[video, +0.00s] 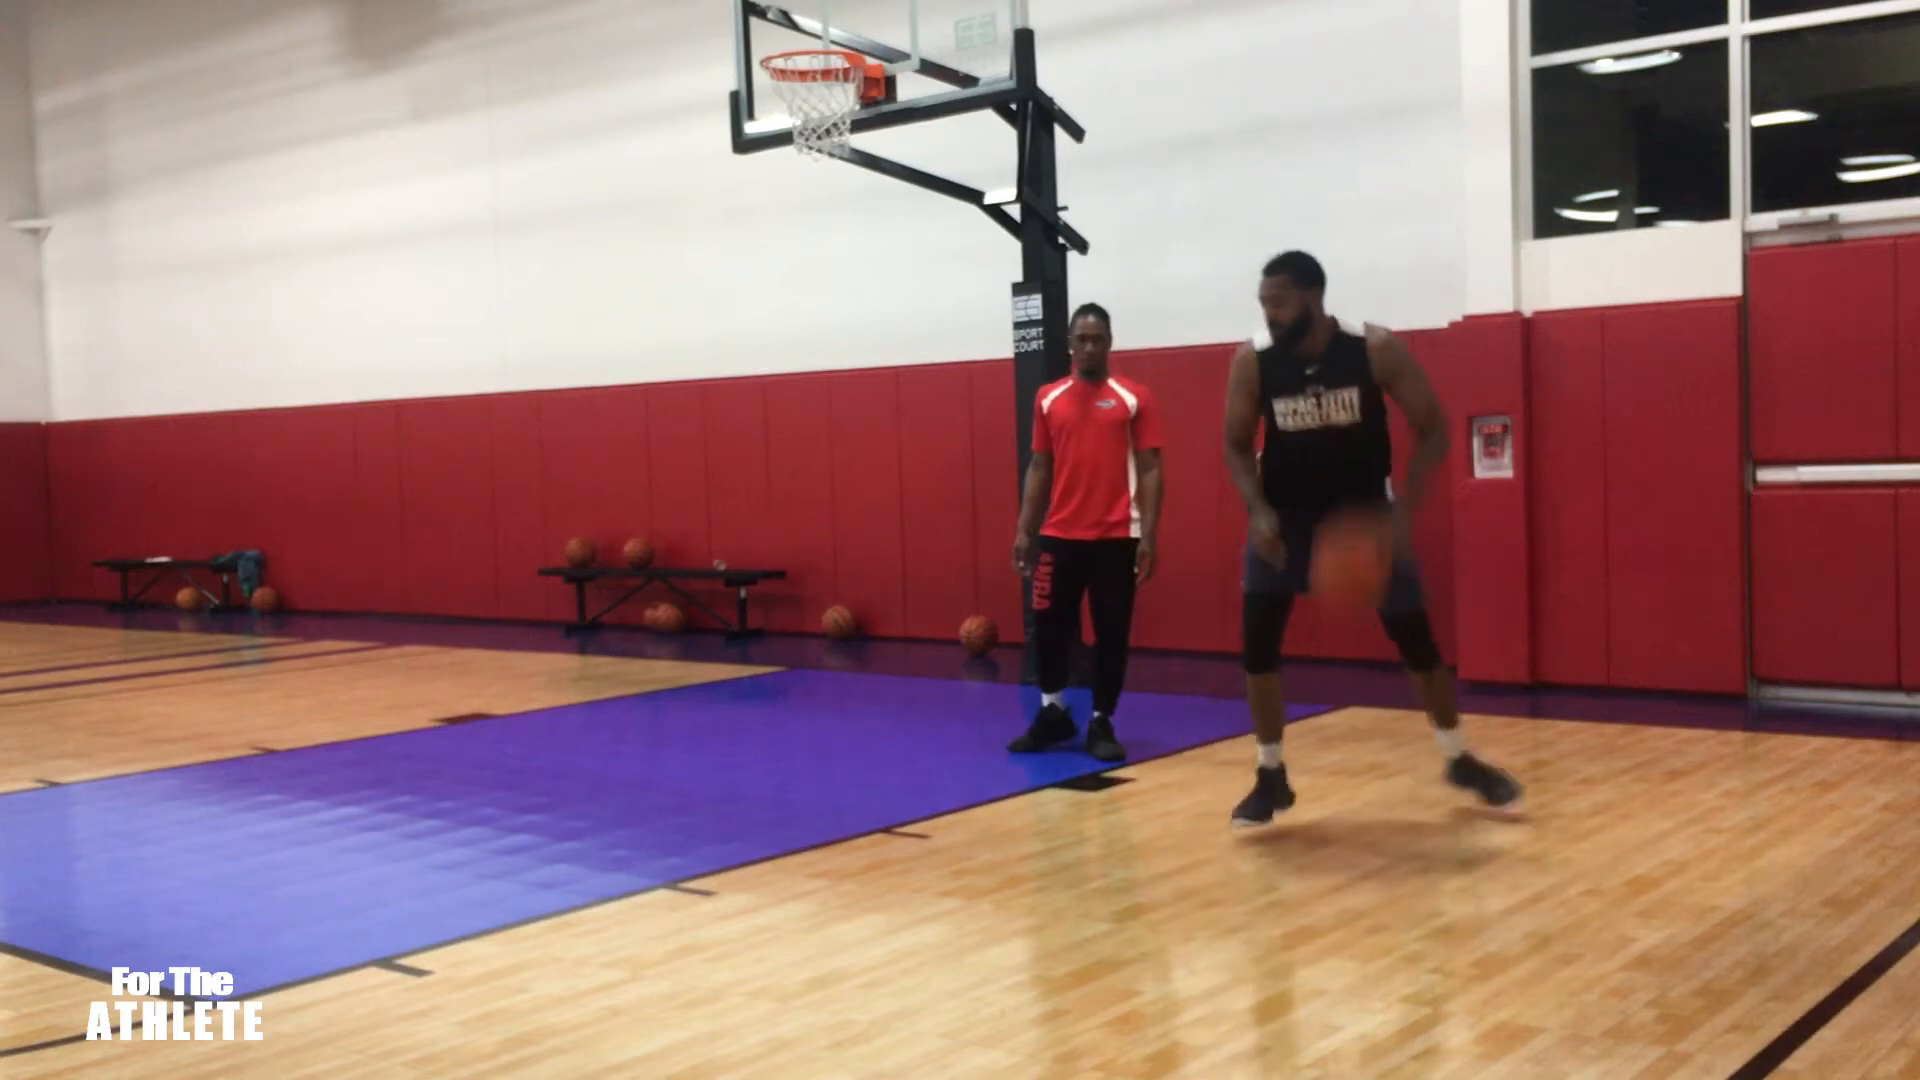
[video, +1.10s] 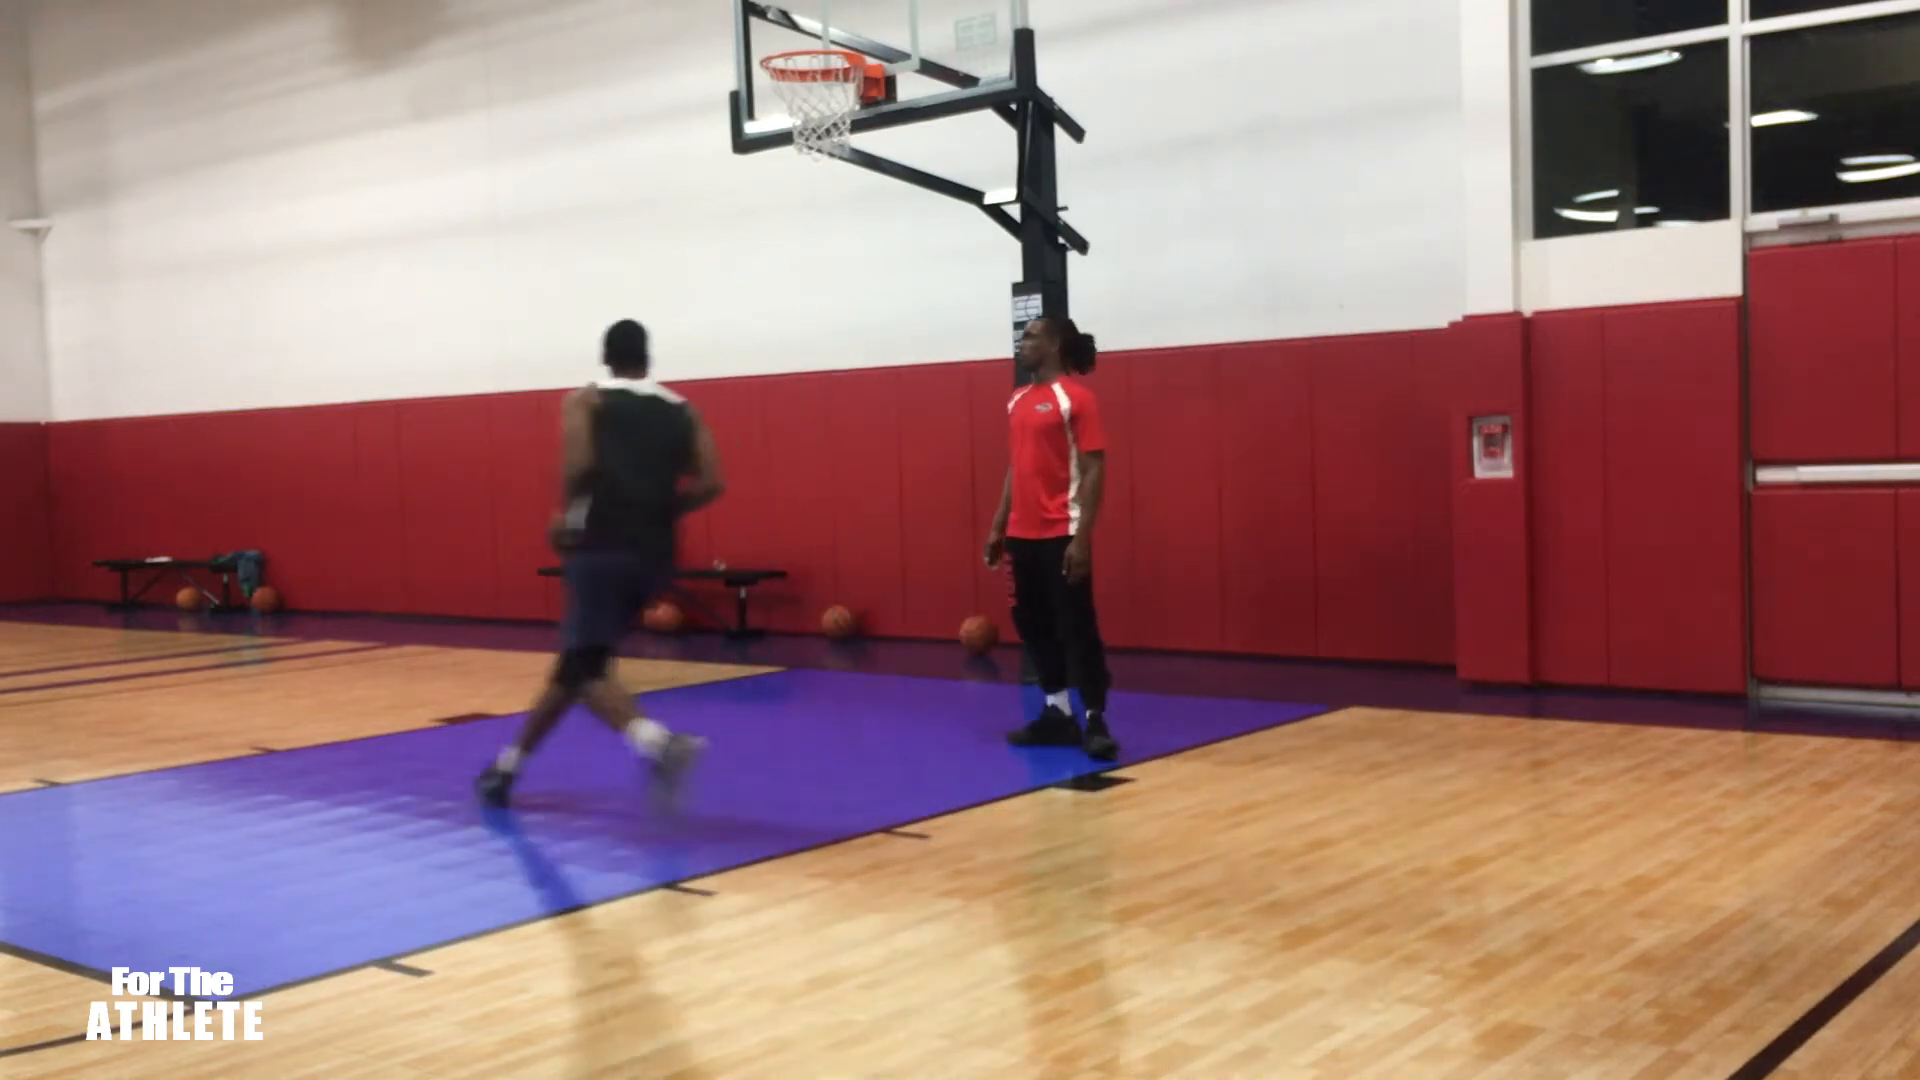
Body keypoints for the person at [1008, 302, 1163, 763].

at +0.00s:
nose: (1089, 347)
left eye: (1097, 339)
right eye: (1082, 339)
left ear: (1111, 344)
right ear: (1070, 344)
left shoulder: (1135, 399)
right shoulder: (1050, 398)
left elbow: (1150, 468)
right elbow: (1039, 469)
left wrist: (1149, 535)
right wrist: (1024, 532)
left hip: (1115, 537)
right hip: (1060, 536)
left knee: (1112, 634)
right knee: (1049, 623)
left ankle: (1102, 722)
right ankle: (1052, 712)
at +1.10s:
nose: (1022, 343)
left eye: (1032, 337)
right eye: (1023, 336)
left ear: (1056, 346)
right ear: (1031, 346)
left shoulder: (1077, 395)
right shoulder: (1018, 399)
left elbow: (1092, 468)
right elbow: (1016, 467)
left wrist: (1082, 538)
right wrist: (998, 528)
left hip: (1062, 536)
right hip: (1024, 536)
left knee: (1076, 625)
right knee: (1034, 622)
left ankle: (1095, 720)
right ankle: (1057, 711)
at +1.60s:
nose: (998, 340)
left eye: (1008, 335)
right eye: (1002, 334)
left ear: (1026, 349)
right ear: (1015, 349)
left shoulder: (1029, 392)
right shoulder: (1014, 393)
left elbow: (1036, 464)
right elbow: (1019, 464)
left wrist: (1010, 531)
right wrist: (1002, 523)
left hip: (1028, 527)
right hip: (1027, 526)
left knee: (1001, 618)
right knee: (1034, 617)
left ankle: (1002, 715)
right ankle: (1059, 712)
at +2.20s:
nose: (939, 339)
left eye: (947, 337)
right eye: (945, 335)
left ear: (957, 353)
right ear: (966, 356)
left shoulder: (954, 396)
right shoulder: (964, 395)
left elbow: (950, 471)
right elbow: (962, 469)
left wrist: (924, 539)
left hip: (962, 523)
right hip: (967, 521)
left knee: (951, 614)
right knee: (949, 612)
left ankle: (957, 718)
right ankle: (1015, 680)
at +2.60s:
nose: (898, 350)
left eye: (904, 345)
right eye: (903, 344)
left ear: (913, 357)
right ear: (928, 361)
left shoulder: (909, 400)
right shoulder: (923, 400)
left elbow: (900, 468)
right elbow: (916, 454)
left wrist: (864, 536)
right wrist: (874, 436)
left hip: (925, 525)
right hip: (922, 523)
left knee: (932, 618)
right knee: (908, 613)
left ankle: (955, 717)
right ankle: (898, 700)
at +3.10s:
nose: (853, 351)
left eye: (861, 346)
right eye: (856, 344)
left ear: (883, 357)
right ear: (878, 357)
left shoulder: (891, 398)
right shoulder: (874, 399)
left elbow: (893, 469)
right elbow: (865, 468)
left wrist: (868, 531)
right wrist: (812, 458)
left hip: (896, 525)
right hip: (880, 524)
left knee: (885, 610)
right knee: (875, 611)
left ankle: (913, 705)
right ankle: (888, 698)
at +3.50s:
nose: (847, 355)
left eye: (855, 348)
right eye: (848, 348)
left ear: (880, 355)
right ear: (867, 355)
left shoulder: (897, 398)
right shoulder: (864, 401)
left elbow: (911, 465)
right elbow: (872, 469)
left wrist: (893, 528)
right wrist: (845, 502)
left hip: (900, 530)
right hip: (868, 531)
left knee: (912, 618)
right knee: (879, 619)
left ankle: (927, 706)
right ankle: (888, 702)